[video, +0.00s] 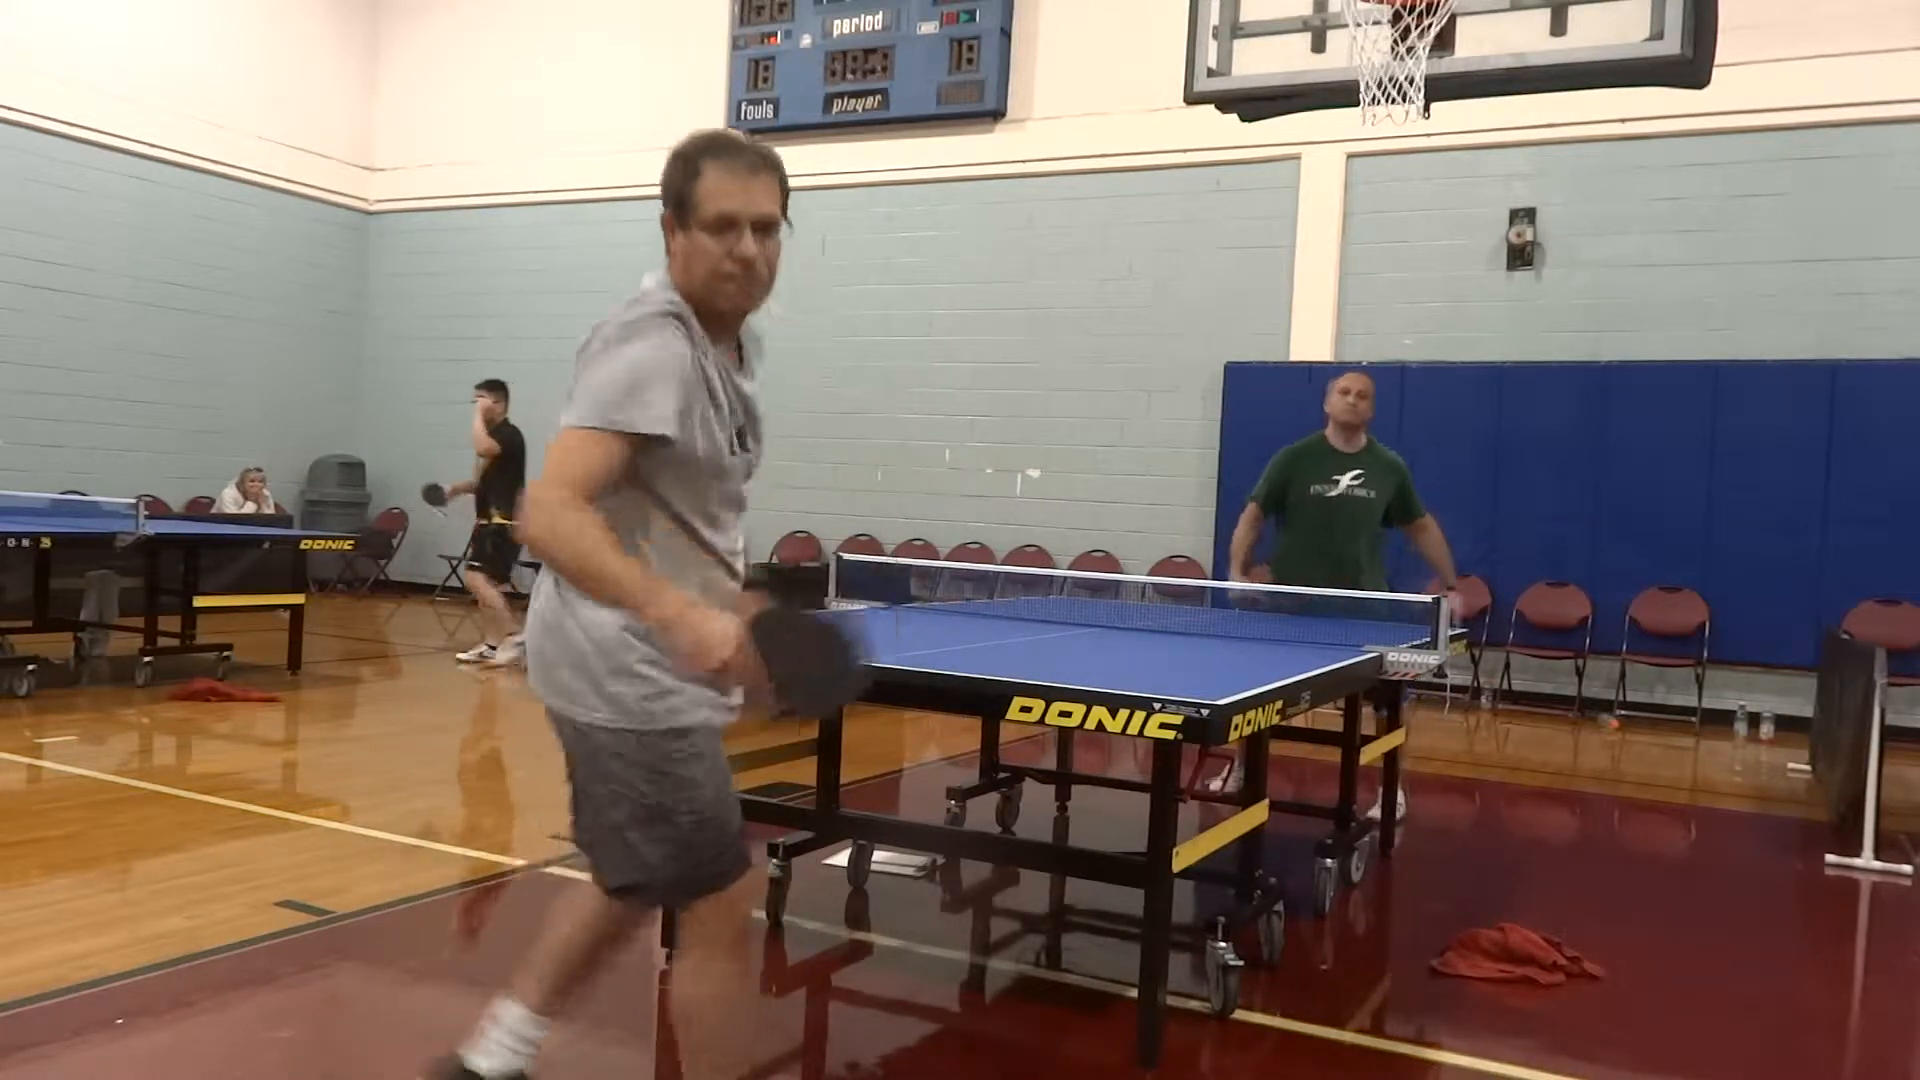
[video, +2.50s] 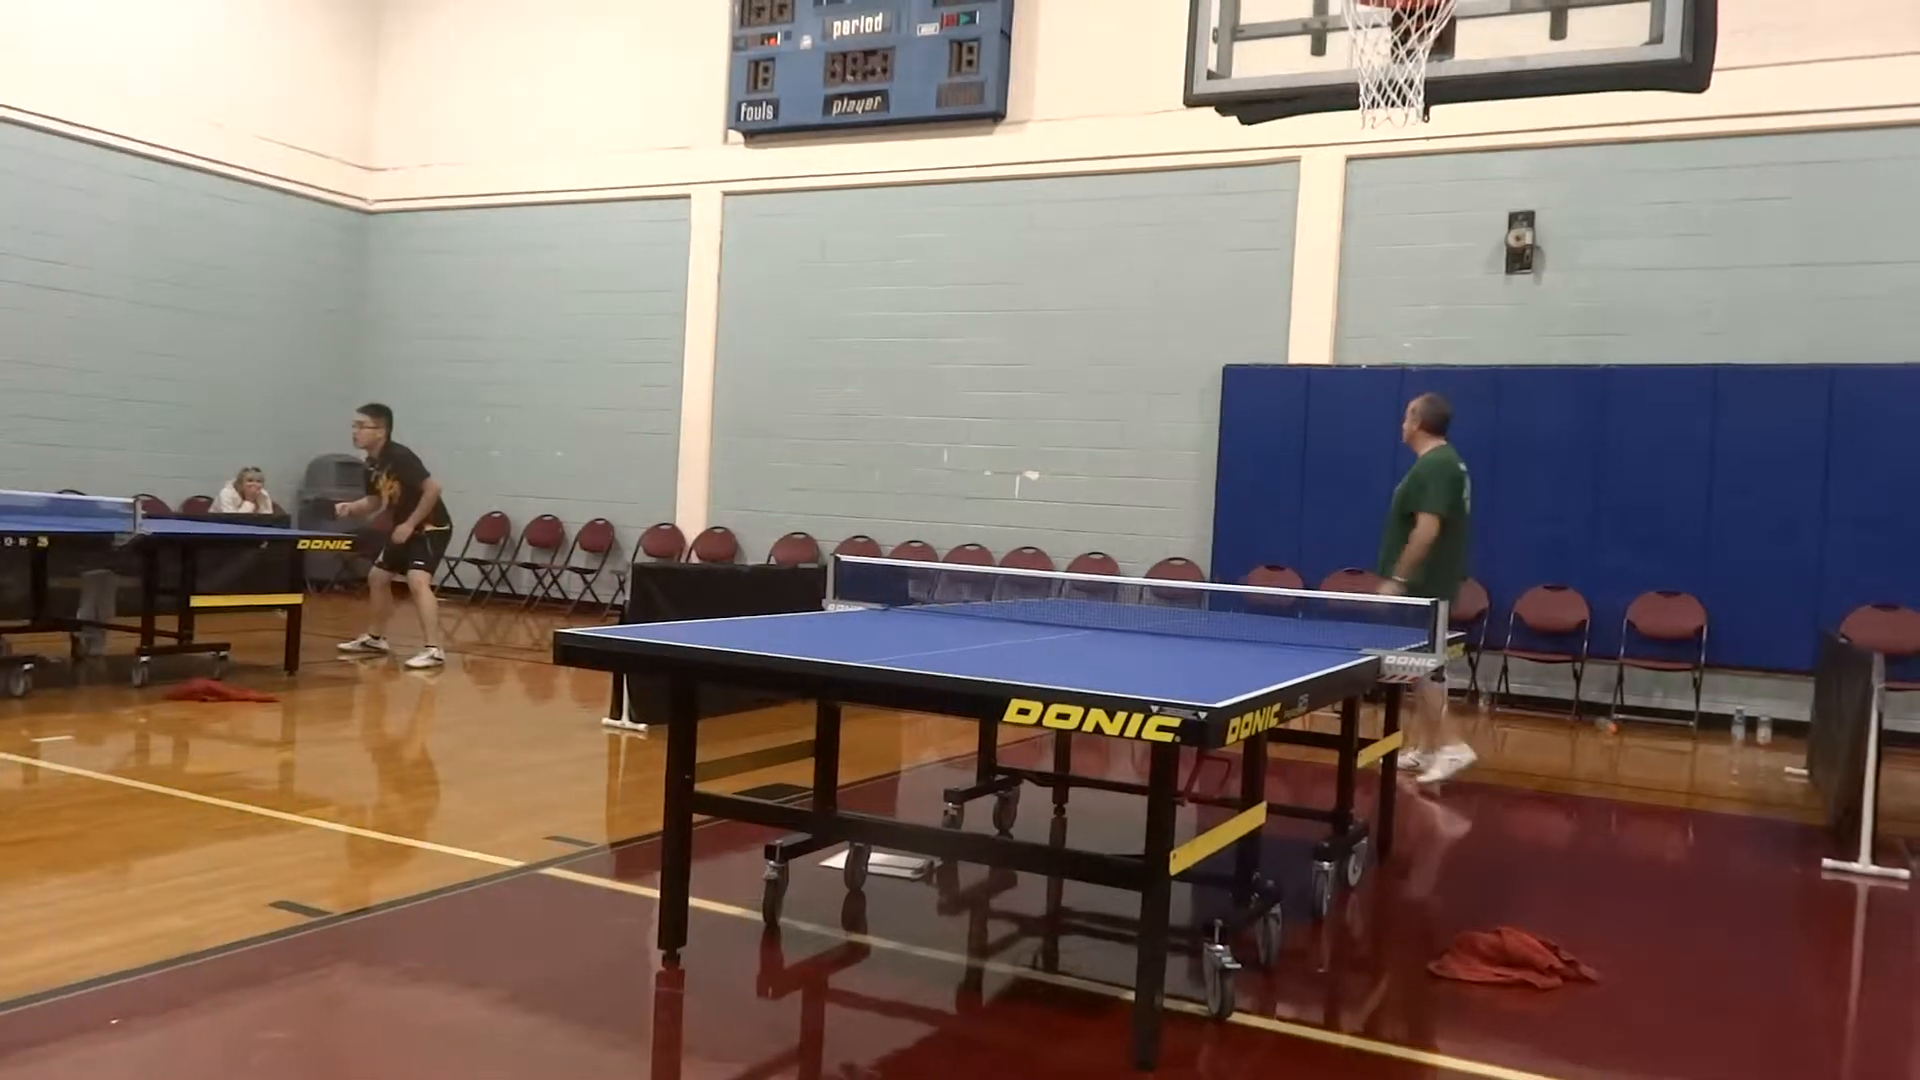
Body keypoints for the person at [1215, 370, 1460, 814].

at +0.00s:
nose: (1353, 402)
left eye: (1362, 397)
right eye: (1345, 393)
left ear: (1372, 411)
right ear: (1326, 401)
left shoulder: (1389, 467)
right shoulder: (1293, 459)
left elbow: (1420, 526)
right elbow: (1252, 517)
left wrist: (1451, 582)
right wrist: (1237, 573)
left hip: (1365, 607)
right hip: (1292, 601)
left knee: (1388, 697)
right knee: (1257, 681)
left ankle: (1392, 787)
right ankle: (1243, 767)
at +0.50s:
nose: (1417, 390)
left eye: (1428, 387)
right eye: (1410, 382)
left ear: (1439, 402)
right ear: (1394, 390)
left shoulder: (1453, 459)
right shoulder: (1355, 444)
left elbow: (1488, 521)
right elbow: (1320, 504)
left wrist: (1501, 577)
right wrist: (1306, 558)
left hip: (1409, 604)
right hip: (1343, 597)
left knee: (1408, 702)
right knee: (1334, 687)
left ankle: (1393, 787)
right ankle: (1341, 755)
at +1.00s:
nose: (1379, 404)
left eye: (1389, 396)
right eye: (1373, 399)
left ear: (1410, 404)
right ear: (1366, 411)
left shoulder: (1447, 452)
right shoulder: (1353, 467)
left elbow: (1485, 513)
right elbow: (1334, 532)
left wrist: (1482, 575)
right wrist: (1314, 591)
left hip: (1434, 600)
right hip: (1376, 600)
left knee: (1426, 691)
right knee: (1384, 691)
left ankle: (1406, 777)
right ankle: (1391, 771)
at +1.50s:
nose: (1393, 409)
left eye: (1403, 402)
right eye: (1394, 402)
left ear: (1429, 409)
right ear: (1401, 409)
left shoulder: (1462, 456)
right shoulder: (1394, 459)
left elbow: (1484, 523)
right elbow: (1386, 525)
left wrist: (1472, 582)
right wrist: (1365, 574)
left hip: (1446, 600)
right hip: (1395, 598)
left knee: (1467, 684)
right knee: (1399, 686)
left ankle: (1476, 760)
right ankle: (1393, 767)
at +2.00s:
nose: (1418, 409)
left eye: (1427, 404)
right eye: (1421, 402)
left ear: (1450, 413)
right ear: (1440, 413)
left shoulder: (1476, 462)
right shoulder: (1430, 454)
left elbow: (1487, 537)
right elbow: (1426, 526)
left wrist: (1464, 596)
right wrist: (1412, 582)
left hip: (1461, 598)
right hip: (1420, 593)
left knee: (1476, 684)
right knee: (1415, 673)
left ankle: (1477, 764)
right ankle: (1414, 749)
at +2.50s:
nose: (1404, 424)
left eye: (1407, 419)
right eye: (1406, 418)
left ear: (1417, 424)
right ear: (1437, 425)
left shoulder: (1436, 465)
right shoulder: (1445, 461)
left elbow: (1427, 530)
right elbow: (1439, 530)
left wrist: (1396, 578)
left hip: (1424, 591)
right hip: (1430, 589)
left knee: (1425, 671)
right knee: (1418, 670)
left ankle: (1449, 745)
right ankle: (1422, 746)